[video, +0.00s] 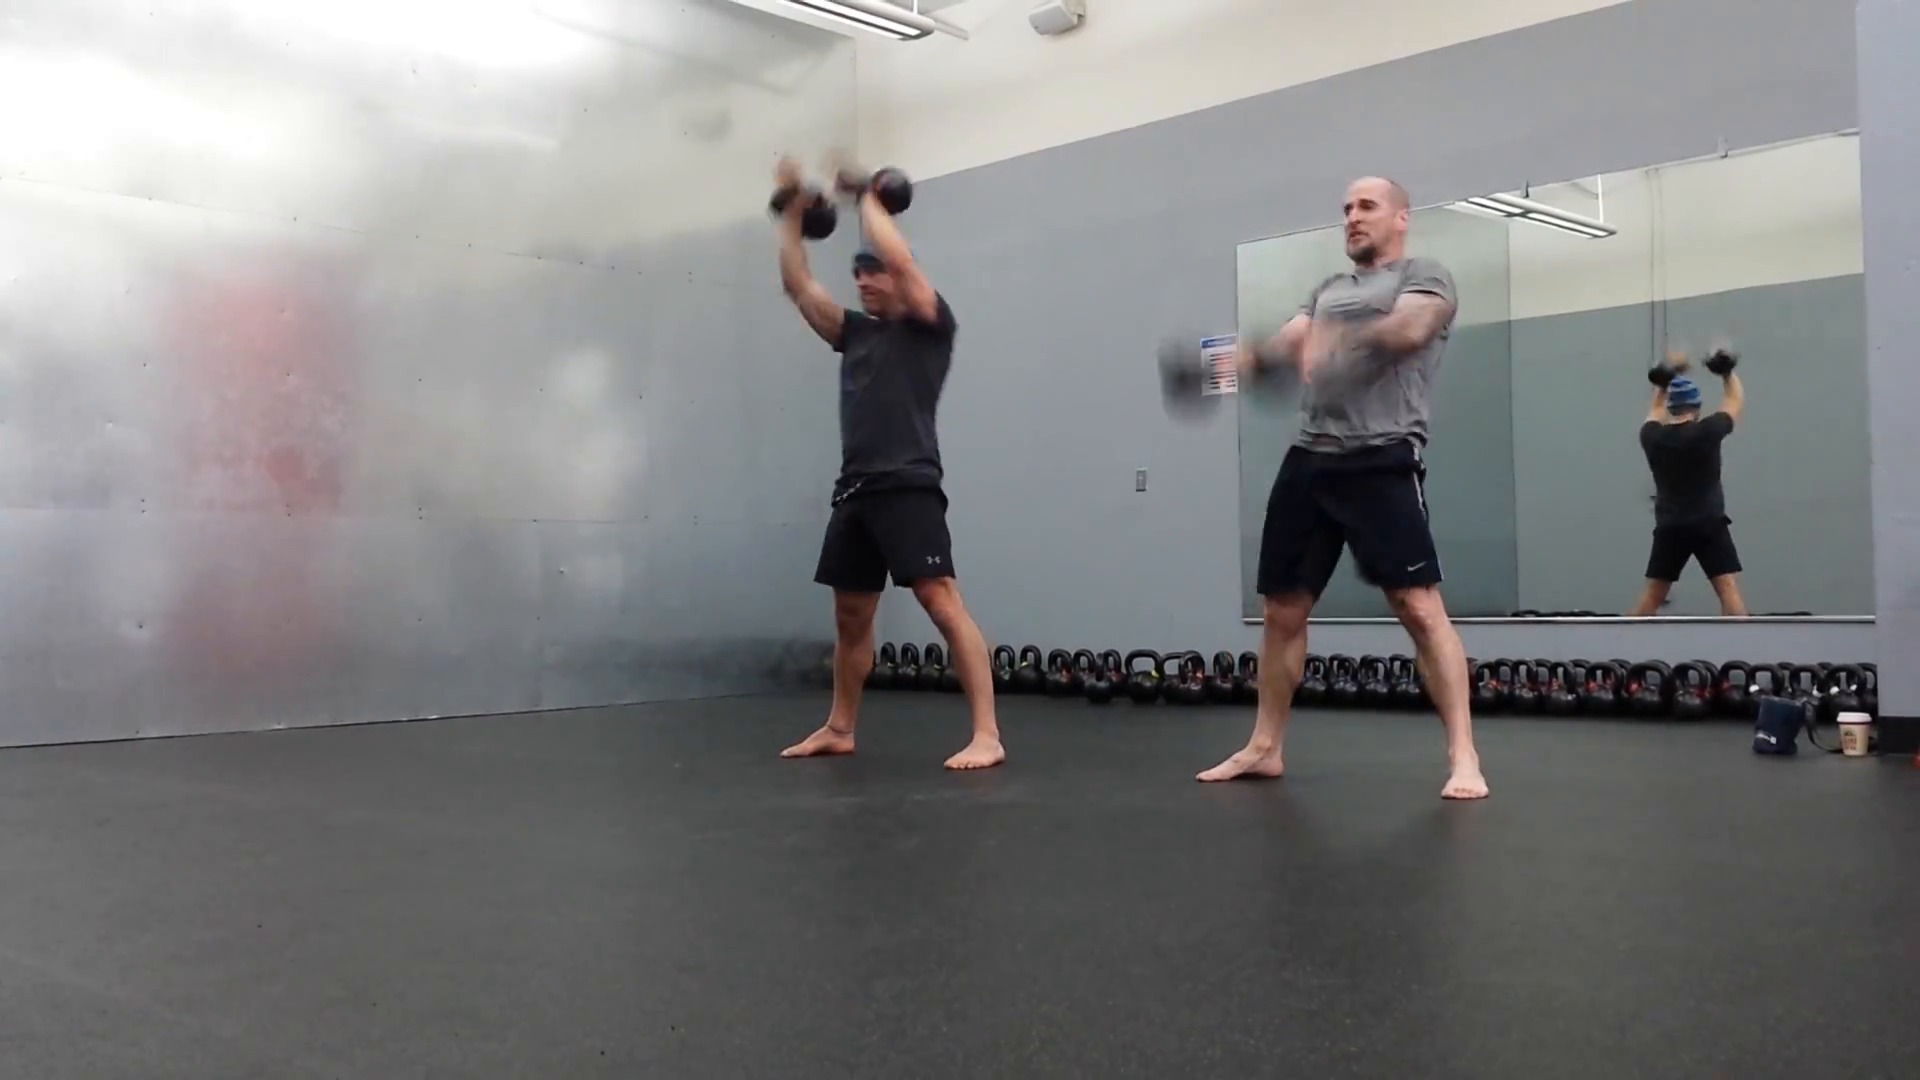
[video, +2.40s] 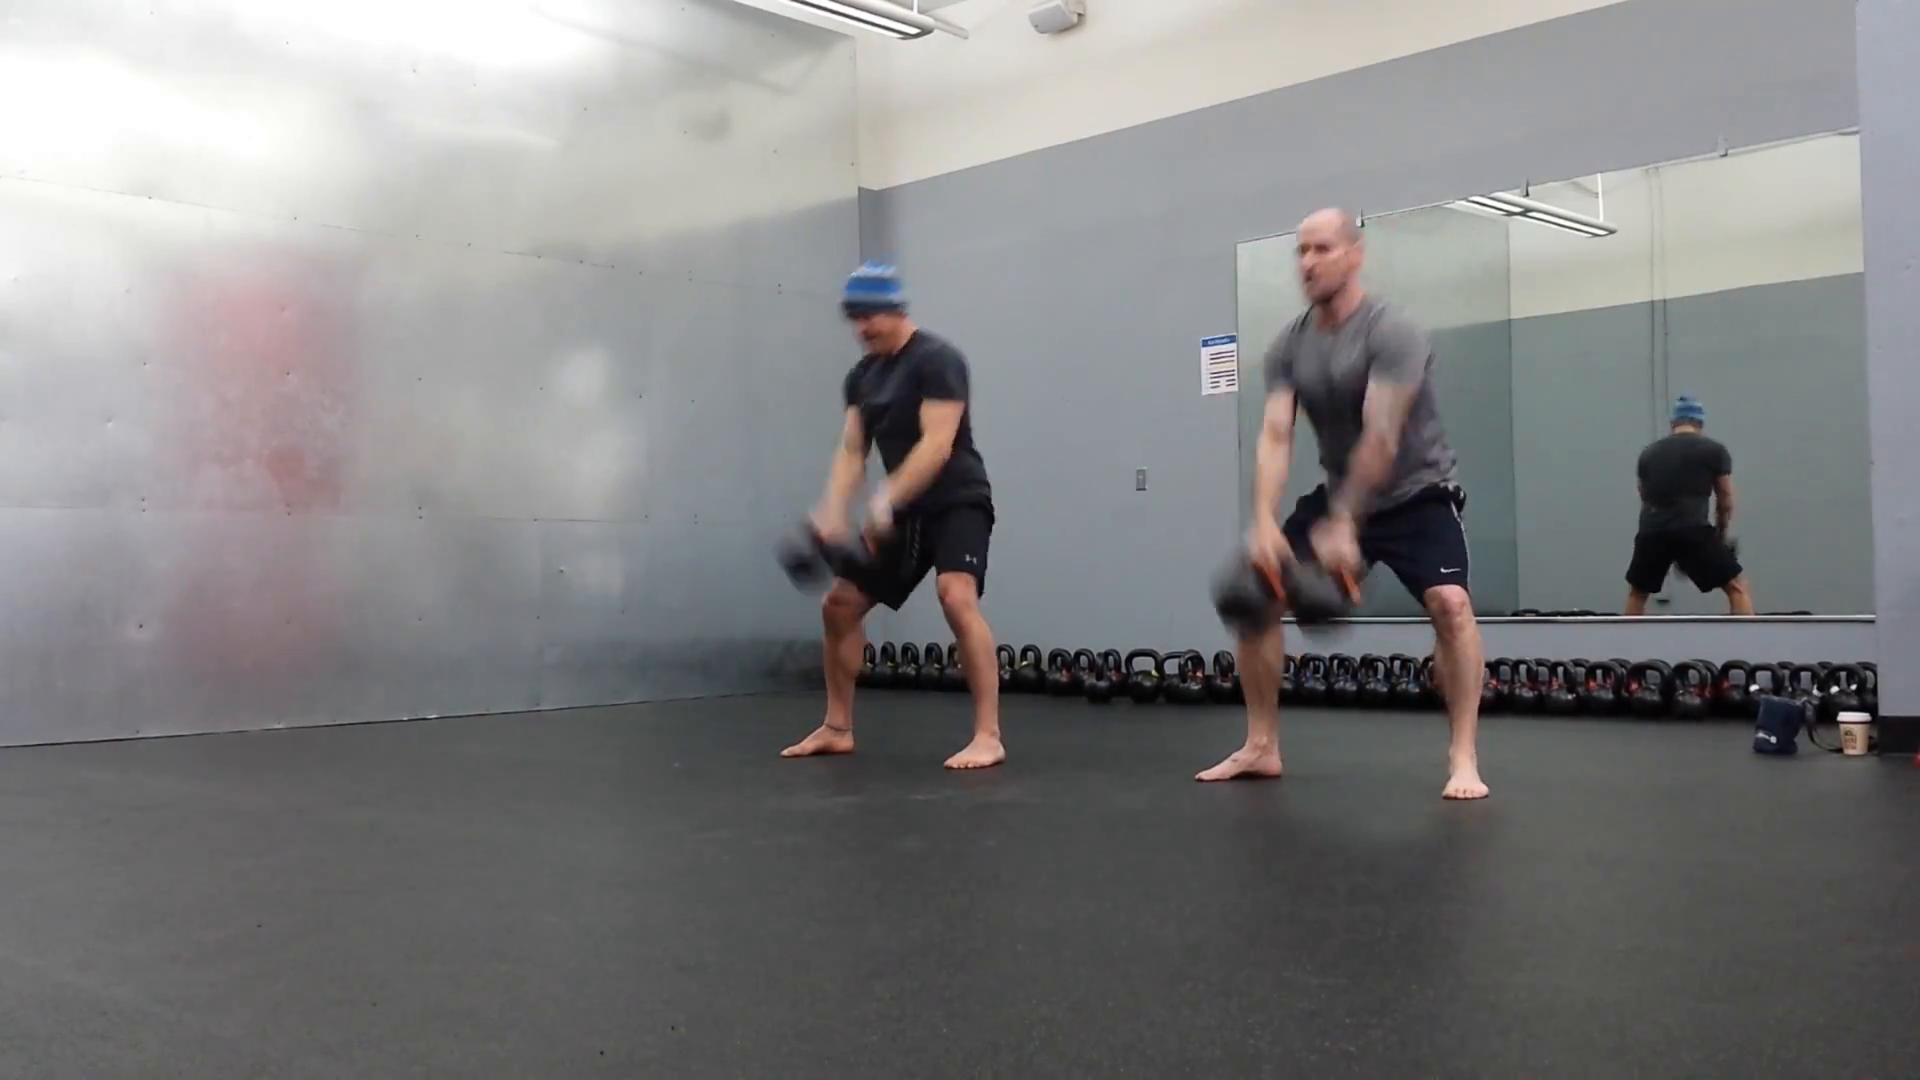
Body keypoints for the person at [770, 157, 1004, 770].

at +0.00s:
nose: (862, 279)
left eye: (875, 270)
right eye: (858, 271)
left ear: (901, 276)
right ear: (857, 279)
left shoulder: (931, 327)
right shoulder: (854, 332)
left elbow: (899, 261)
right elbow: (799, 285)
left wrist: (867, 197)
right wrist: (793, 215)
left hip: (911, 489)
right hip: (856, 492)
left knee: (943, 605)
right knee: (852, 617)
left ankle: (987, 736)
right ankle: (839, 729)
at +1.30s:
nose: (881, 277)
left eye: (894, 269)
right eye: (879, 269)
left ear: (921, 281)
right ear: (874, 284)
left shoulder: (943, 335)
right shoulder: (863, 345)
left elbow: (918, 341)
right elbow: (796, 363)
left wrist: (899, 276)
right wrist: (810, 300)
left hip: (913, 492)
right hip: (857, 493)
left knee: (945, 609)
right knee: (853, 618)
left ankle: (987, 737)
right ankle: (839, 728)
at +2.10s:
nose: (873, 281)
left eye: (882, 271)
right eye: (869, 274)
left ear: (913, 275)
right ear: (873, 282)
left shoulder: (943, 332)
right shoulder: (871, 340)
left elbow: (920, 395)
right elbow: (831, 411)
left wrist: (870, 345)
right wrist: (804, 364)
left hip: (922, 490)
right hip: (868, 492)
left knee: (945, 603)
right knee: (851, 612)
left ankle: (987, 736)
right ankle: (838, 727)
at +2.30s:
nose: (882, 308)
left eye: (890, 297)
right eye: (876, 298)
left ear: (920, 293)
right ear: (875, 300)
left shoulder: (957, 344)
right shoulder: (879, 356)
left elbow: (945, 418)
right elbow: (849, 420)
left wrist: (880, 430)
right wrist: (813, 442)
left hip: (952, 496)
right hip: (900, 498)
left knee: (951, 594)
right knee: (848, 605)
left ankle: (987, 736)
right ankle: (838, 727)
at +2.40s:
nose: (861, 327)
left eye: (869, 315)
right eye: (854, 318)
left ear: (898, 311)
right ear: (852, 319)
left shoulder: (939, 361)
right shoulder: (863, 377)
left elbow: (936, 446)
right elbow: (852, 451)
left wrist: (885, 501)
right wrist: (832, 510)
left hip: (957, 501)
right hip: (904, 508)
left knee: (956, 597)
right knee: (840, 605)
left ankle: (988, 736)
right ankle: (837, 726)